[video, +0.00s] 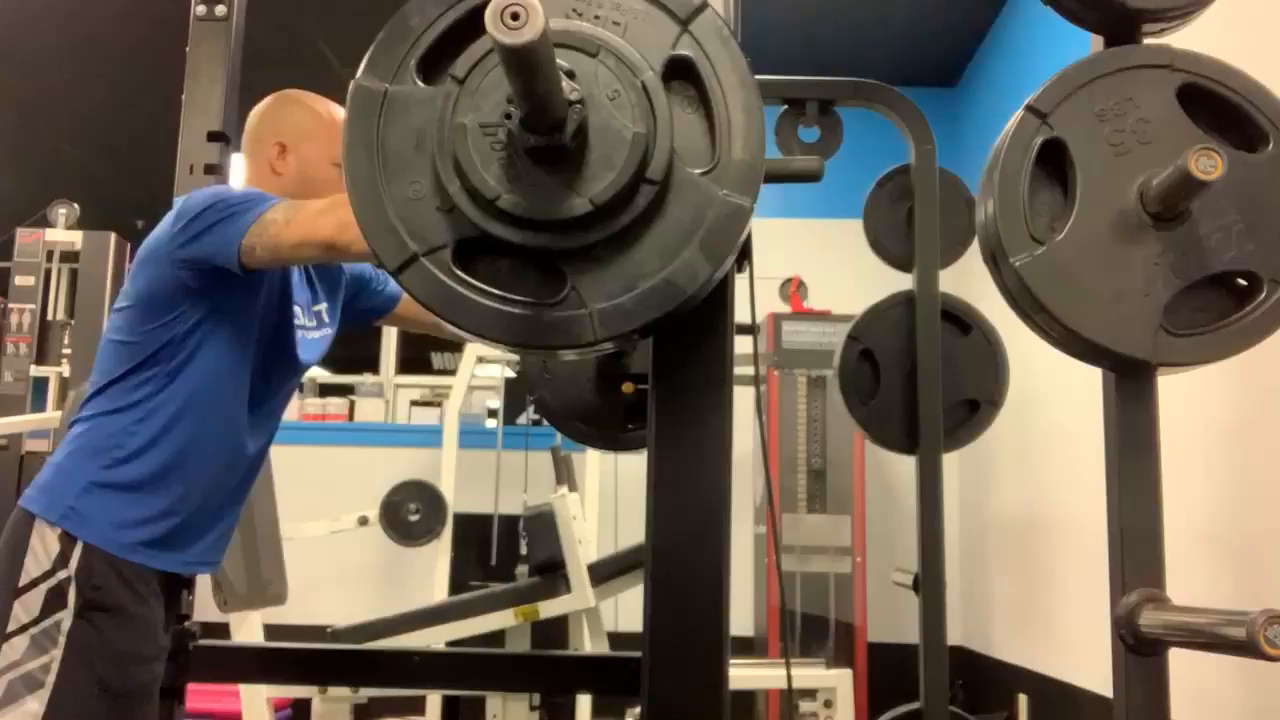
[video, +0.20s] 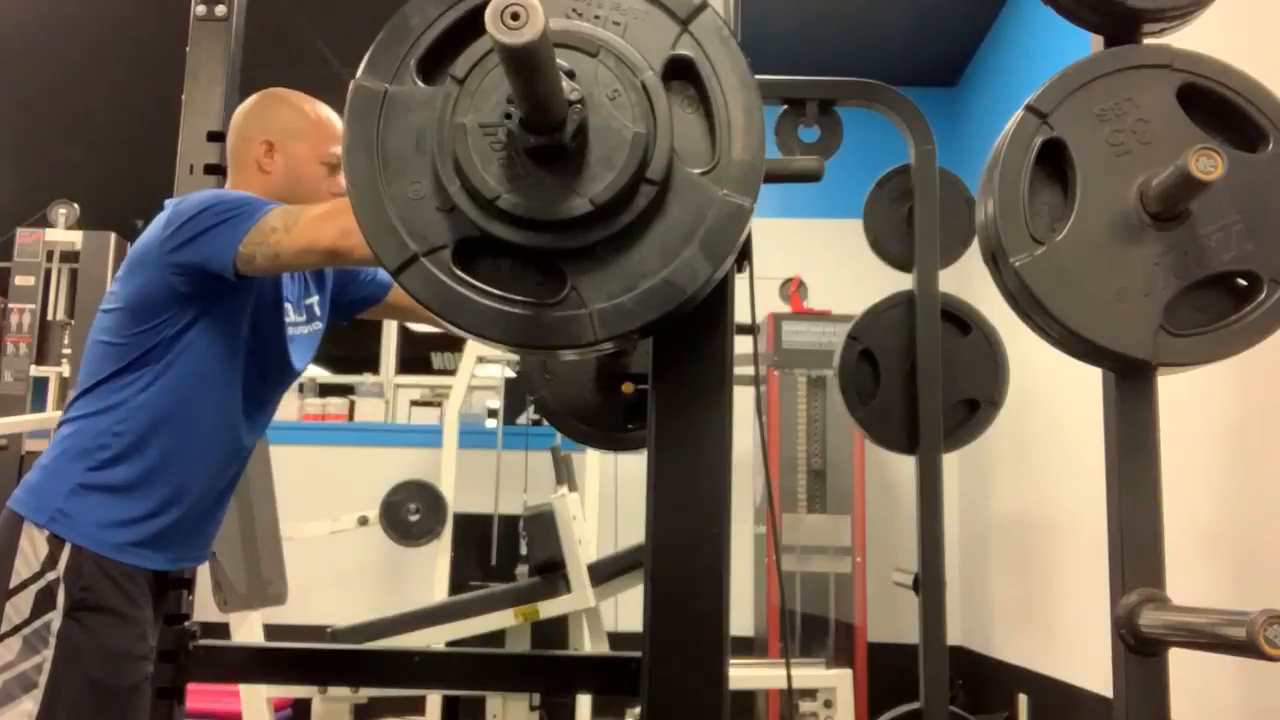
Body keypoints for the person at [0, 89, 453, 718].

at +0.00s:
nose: (349, 185)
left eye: (351, 167)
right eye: (339, 163)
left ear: (287, 159)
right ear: (281, 157)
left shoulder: (332, 272)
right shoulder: (206, 218)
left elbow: (444, 306)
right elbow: (346, 226)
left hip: (164, 569)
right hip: (85, 551)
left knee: (141, 705)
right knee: (59, 710)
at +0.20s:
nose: (343, 187)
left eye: (343, 169)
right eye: (331, 165)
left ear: (270, 159)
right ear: (266, 158)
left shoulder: (320, 266)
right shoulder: (198, 222)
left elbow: (436, 294)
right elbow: (349, 230)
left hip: (164, 566)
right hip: (79, 551)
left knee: (147, 708)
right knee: (69, 711)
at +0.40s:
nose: (346, 186)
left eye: (346, 168)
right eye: (334, 163)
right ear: (268, 156)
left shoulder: (323, 265)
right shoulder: (206, 225)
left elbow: (435, 293)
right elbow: (347, 235)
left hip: (165, 565)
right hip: (87, 553)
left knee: (145, 706)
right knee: (77, 710)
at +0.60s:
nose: (346, 179)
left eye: (347, 160)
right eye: (332, 155)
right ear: (266, 148)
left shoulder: (322, 261)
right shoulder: (213, 219)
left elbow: (434, 286)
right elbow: (344, 230)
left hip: (168, 556)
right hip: (105, 546)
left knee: (140, 708)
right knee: (89, 711)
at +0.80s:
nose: (352, 180)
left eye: (353, 163)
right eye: (340, 159)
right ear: (281, 152)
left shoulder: (330, 266)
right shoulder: (219, 223)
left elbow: (439, 299)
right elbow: (341, 232)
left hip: (168, 561)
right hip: (102, 549)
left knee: (141, 707)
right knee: (72, 711)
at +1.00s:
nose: (370, 184)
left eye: (374, 169)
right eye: (360, 165)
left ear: (308, 166)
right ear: (309, 162)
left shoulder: (346, 273)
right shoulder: (234, 229)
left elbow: (452, 315)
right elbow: (330, 247)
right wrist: (459, 191)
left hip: (172, 558)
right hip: (110, 544)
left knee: (141, 709)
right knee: (75, 713)